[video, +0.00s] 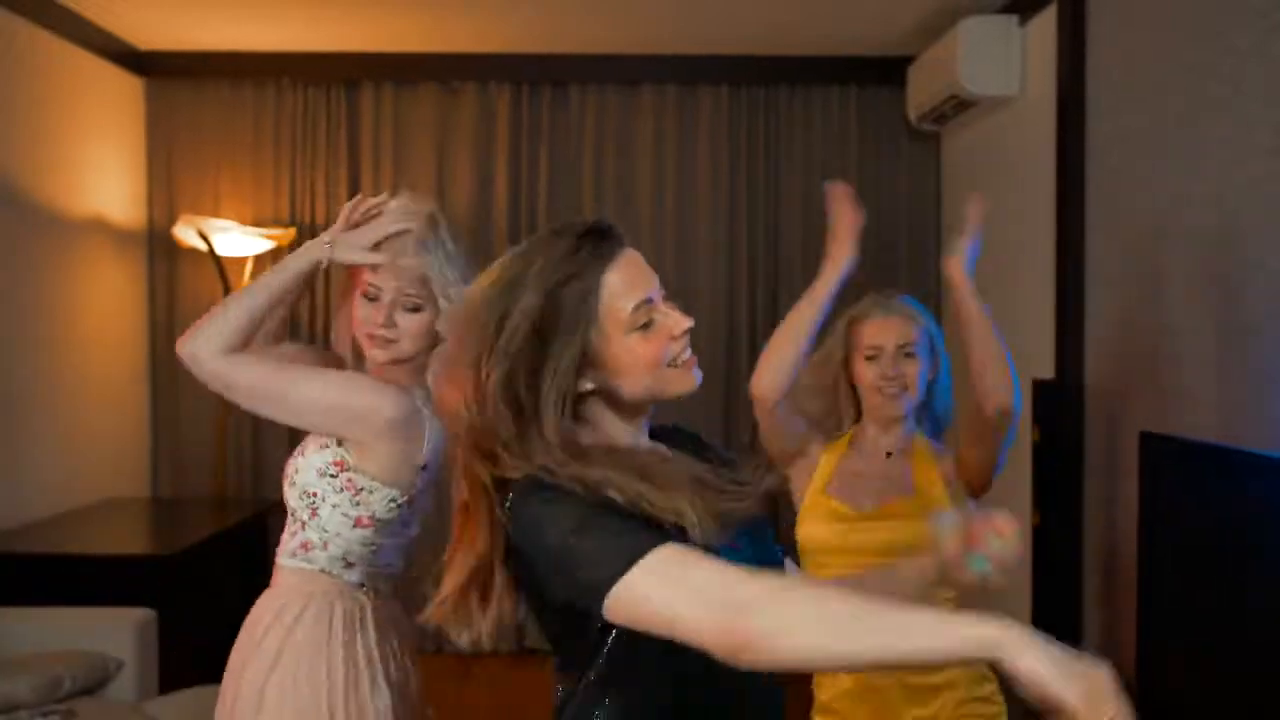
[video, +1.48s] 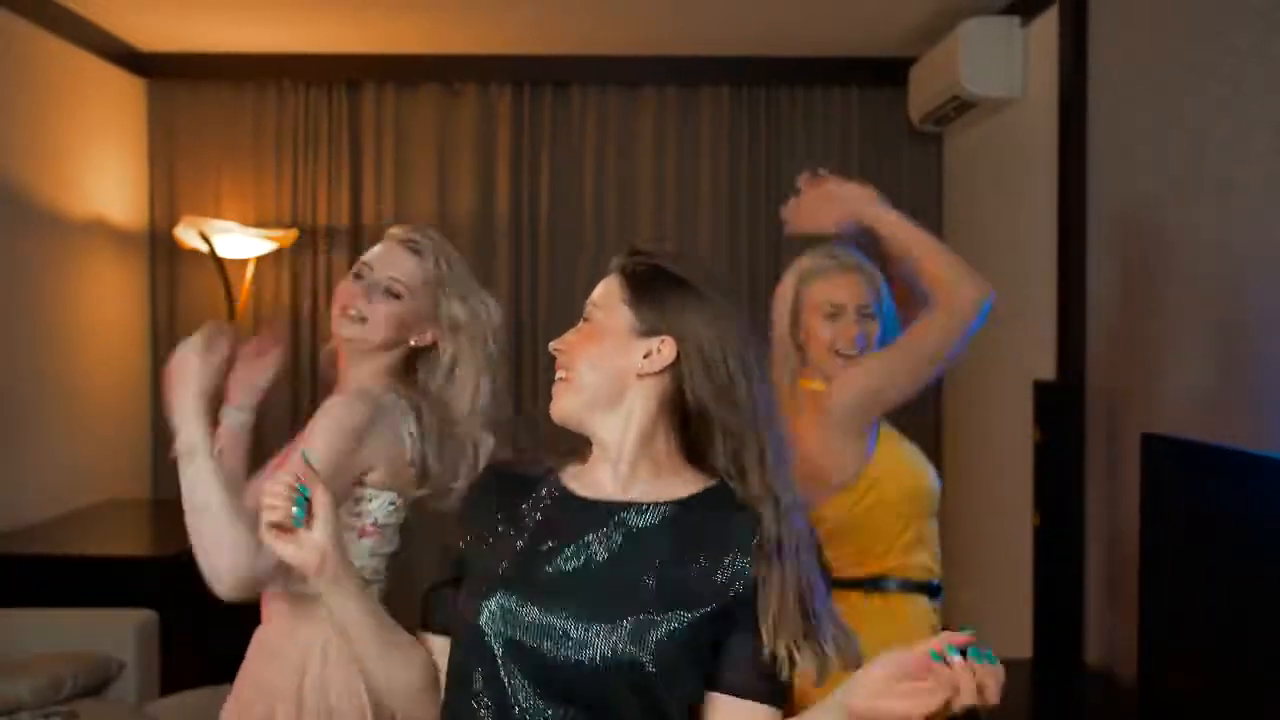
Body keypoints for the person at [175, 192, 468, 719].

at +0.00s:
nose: (382, 321)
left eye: (411, 306)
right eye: (371, 296)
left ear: (445, 321)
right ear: (352, 298)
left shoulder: (391, 410)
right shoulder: (395, 398)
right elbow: (247, 351)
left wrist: (315, 251)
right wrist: (315, 254)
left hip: (322, 627)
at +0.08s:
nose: (385, 334)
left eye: (413, 319)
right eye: (373, 309)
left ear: (450, 333)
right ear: (356, 307)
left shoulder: (394, 419)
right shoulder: (404, 412)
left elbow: (227, 315)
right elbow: (274, 337)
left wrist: (351, 238)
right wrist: (344, 245)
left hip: (326, 653)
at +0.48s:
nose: (394, 326)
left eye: (426, 315)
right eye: (389, 307)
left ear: (471, 342)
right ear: (376, 311)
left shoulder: (414, 437)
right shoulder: (420, 434)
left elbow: (229, 355)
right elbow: (280, 371)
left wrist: (371, 241)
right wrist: (354, 262)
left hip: (330, 660)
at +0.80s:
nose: (358, 284)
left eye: (390, 269)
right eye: (357, 266)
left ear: (441, 290)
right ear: (349, 267)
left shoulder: (389, 379)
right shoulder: (406, 389)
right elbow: (271, 379)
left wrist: (303, 206)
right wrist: (347, 293)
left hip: (321, 631)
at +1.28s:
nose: (355, 283)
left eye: (389, 280)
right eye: (363, 266)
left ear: (433, 320)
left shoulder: (374, 406)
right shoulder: (382, 400)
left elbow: (193, 315)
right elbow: (233, 327)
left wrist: (336, 220)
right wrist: (348, 283)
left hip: (310, 632)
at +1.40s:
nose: (377, 294)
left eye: (411, 297)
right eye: (377, 274)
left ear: (439, 340)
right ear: (356, 281)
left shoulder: (376, 423)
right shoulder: (366, 414)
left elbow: (168, 463)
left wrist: (266, 315)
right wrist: (296, 349)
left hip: (310, 676)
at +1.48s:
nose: (360, 295)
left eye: (392, 293)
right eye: (360, 275)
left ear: (425, 332)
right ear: (341, 283)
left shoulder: (354, 412)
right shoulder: (398, 411)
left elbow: (236, 568)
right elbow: (233, 525)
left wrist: (189, 413)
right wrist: (239, 408)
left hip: (300, 672)